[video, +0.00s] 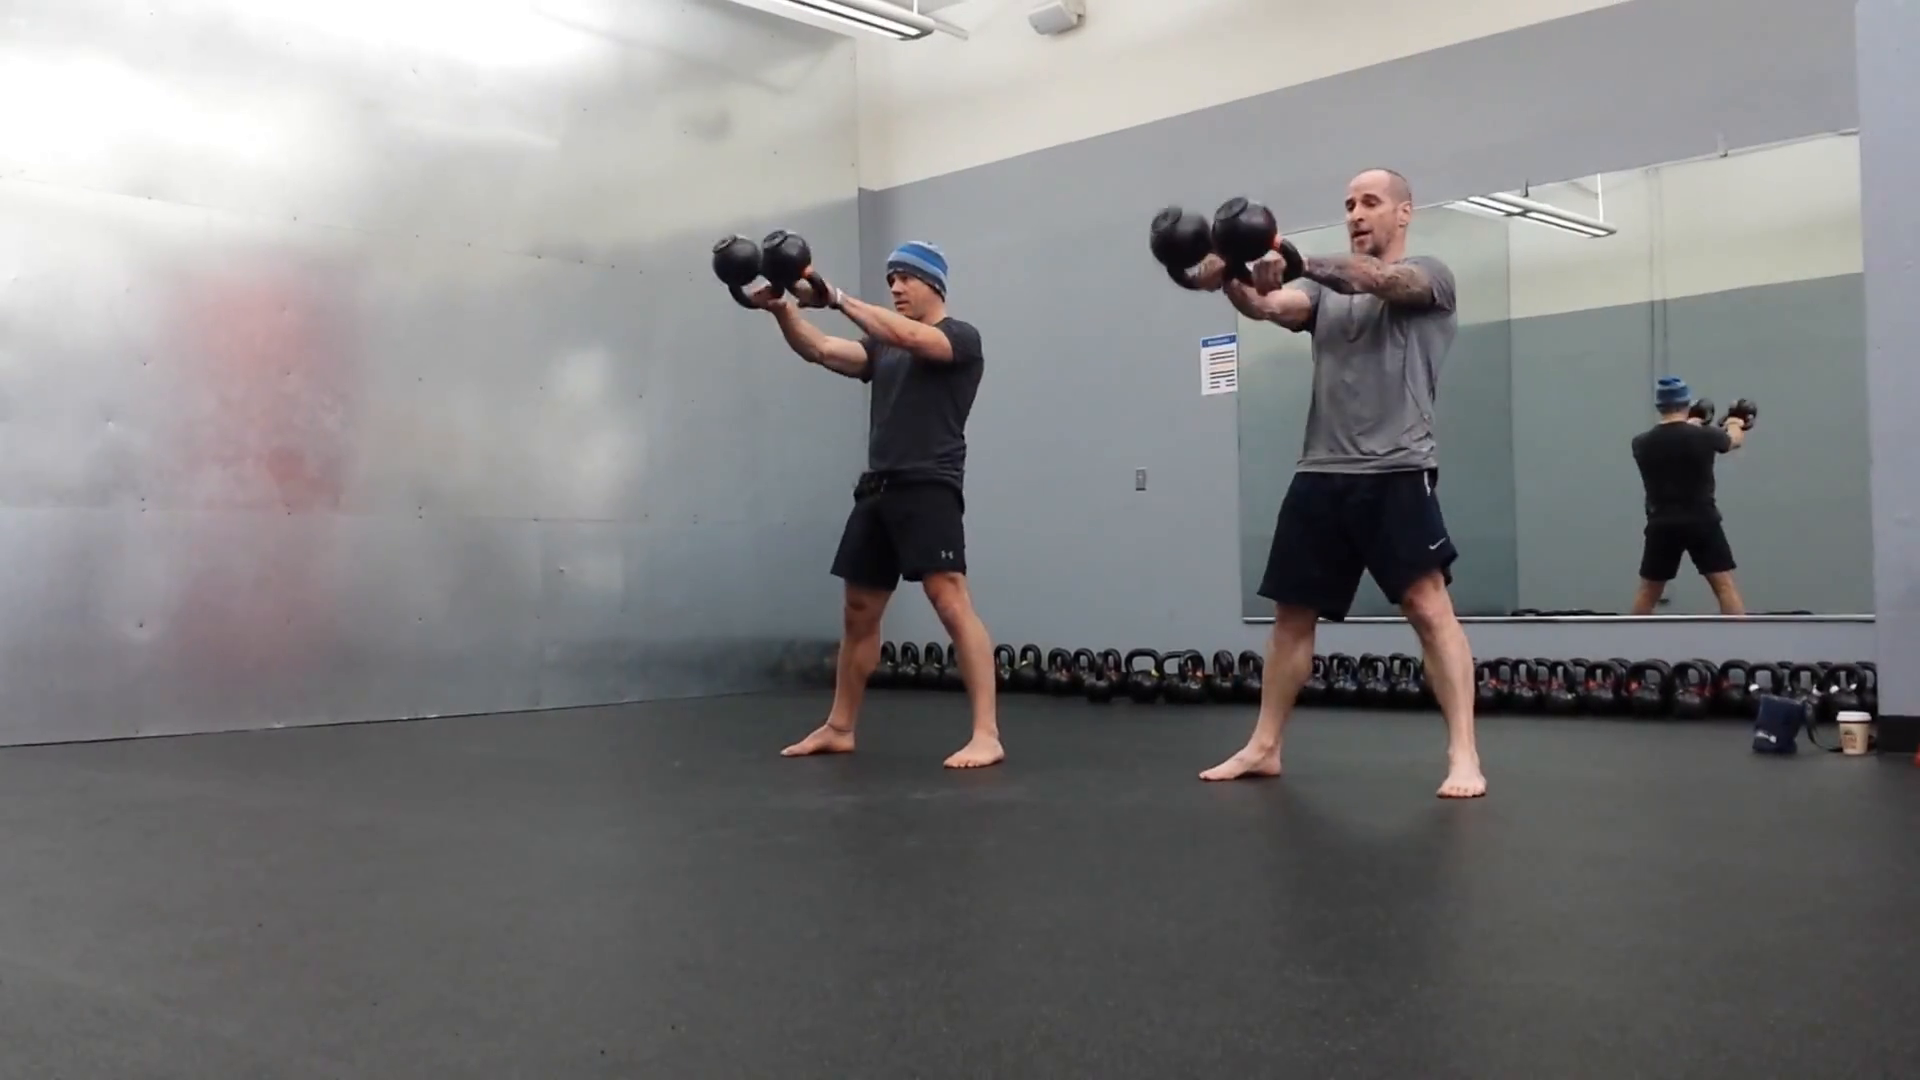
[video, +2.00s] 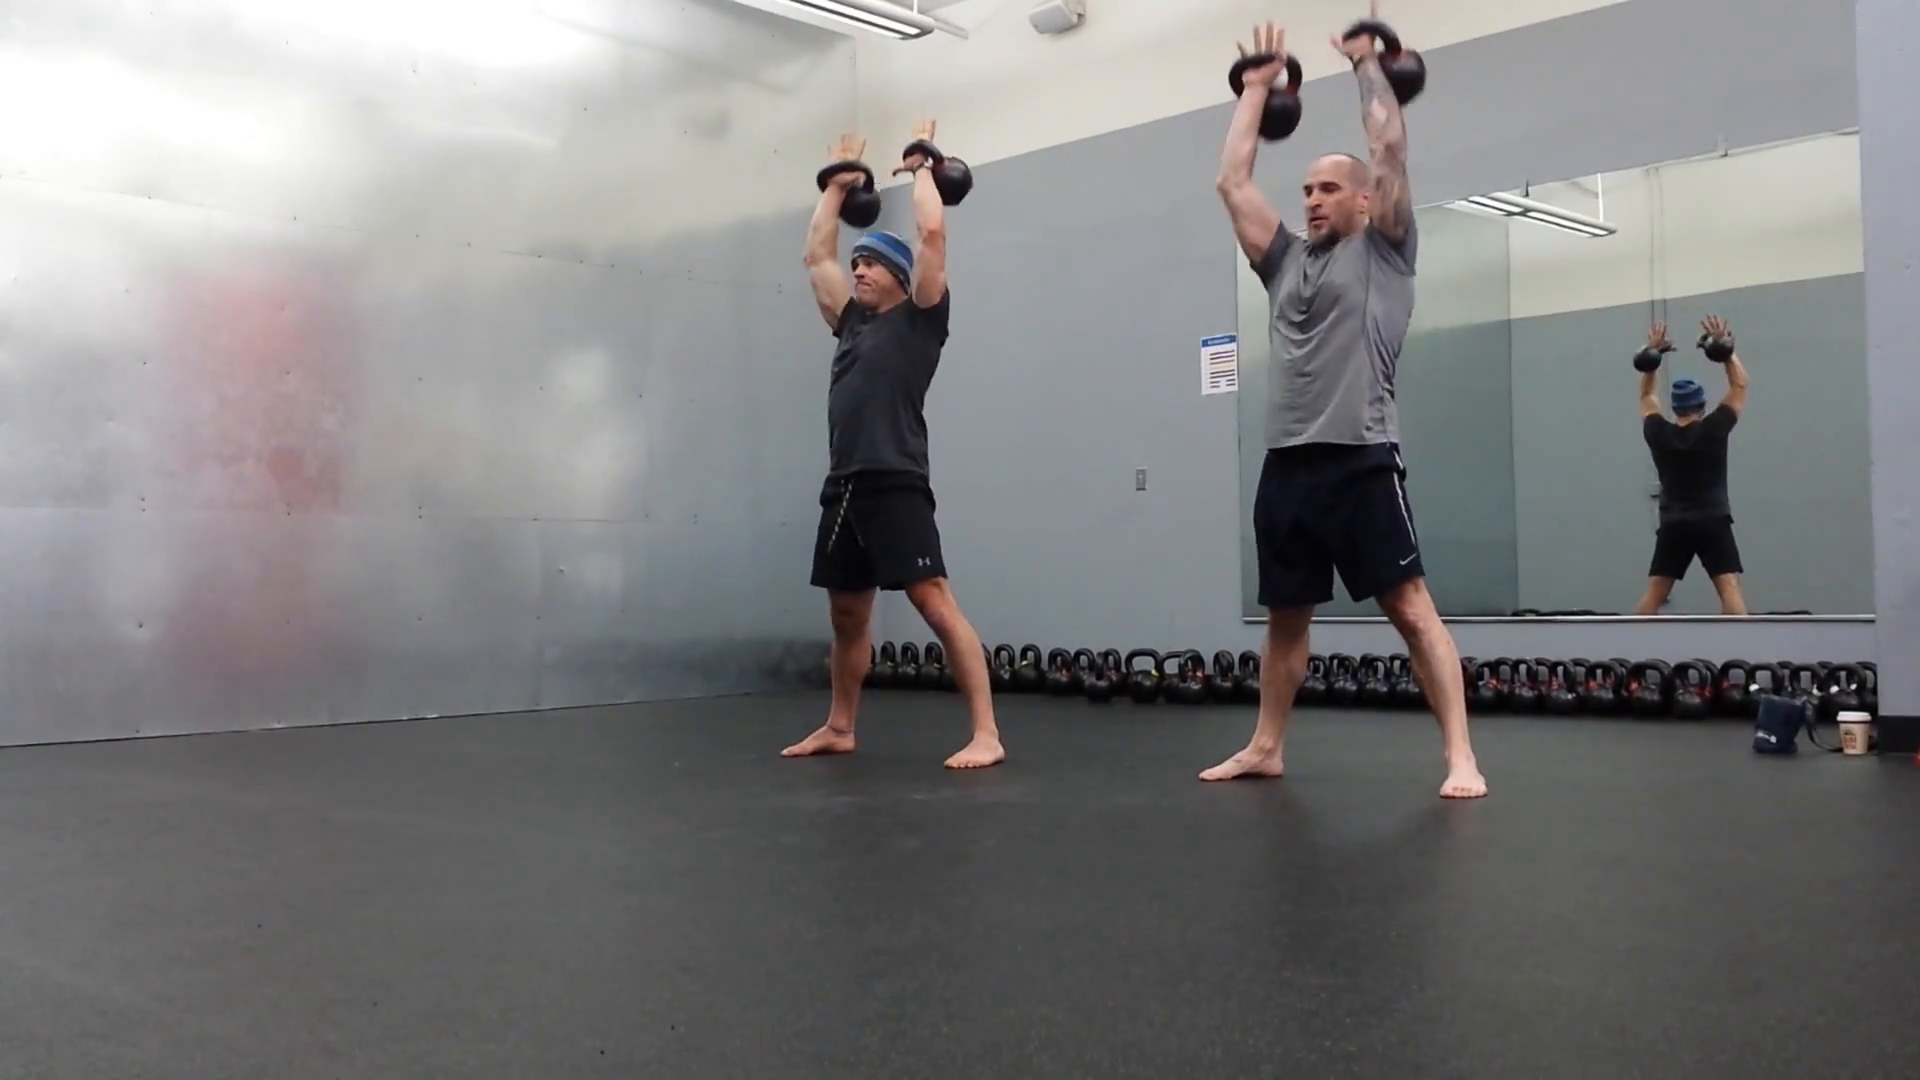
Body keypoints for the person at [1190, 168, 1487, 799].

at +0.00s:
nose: (1355, 214)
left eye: (1369, 201)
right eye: (1350, 206)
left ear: (1406, 212)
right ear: (1346, 219)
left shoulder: (1432, 277)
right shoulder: (1329, 287)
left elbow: (1377, 279)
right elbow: (1263, 303)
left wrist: (1300, 264)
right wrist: (1223, 271)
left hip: (1397, 473)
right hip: (1320, 474)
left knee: (1429, 609)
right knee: (1292, 612)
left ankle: (1464, 756)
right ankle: (1264, 745)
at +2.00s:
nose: (1312, 198)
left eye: (1325, 187)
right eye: (1308, 189)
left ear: (1364, 197)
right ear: (1303, 201)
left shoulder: (1385, 250)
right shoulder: (1285, 260)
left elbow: (1388, 152)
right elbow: (1234, 181)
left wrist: (1368, 63)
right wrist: (1254, 89)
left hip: (1365, 461)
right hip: (1288, 463)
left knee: (1412, 612)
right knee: (1284, 616)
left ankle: (1460, 760)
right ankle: (1265, 747)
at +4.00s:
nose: (1282, 323)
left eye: (1294, 309)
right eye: (1277, 312)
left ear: (1332, 308)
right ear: (1275, 317)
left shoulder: (1385, 380)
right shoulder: (1279, 395)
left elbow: (1398, 496)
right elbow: (1291, 494)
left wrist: (1393, 590)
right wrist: (1309, 585)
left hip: (1419, 512)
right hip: (1344, 517)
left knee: (1453, 604)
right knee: (1239, 608)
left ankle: (1469, 755)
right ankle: (1259, 745)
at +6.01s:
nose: (1353, 218)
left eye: (1367, 206)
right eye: (1347, 210)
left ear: (1402, 218)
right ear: (1343, 225)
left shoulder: (1427, 278)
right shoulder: (1328, 292)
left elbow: (1406, 332)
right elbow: (1289, 344)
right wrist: (1248, 358)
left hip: (1384, 466)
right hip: (1311, 466)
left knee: (1420, 610)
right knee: (1282, 611)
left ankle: (1463, 757)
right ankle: (1264, 746)